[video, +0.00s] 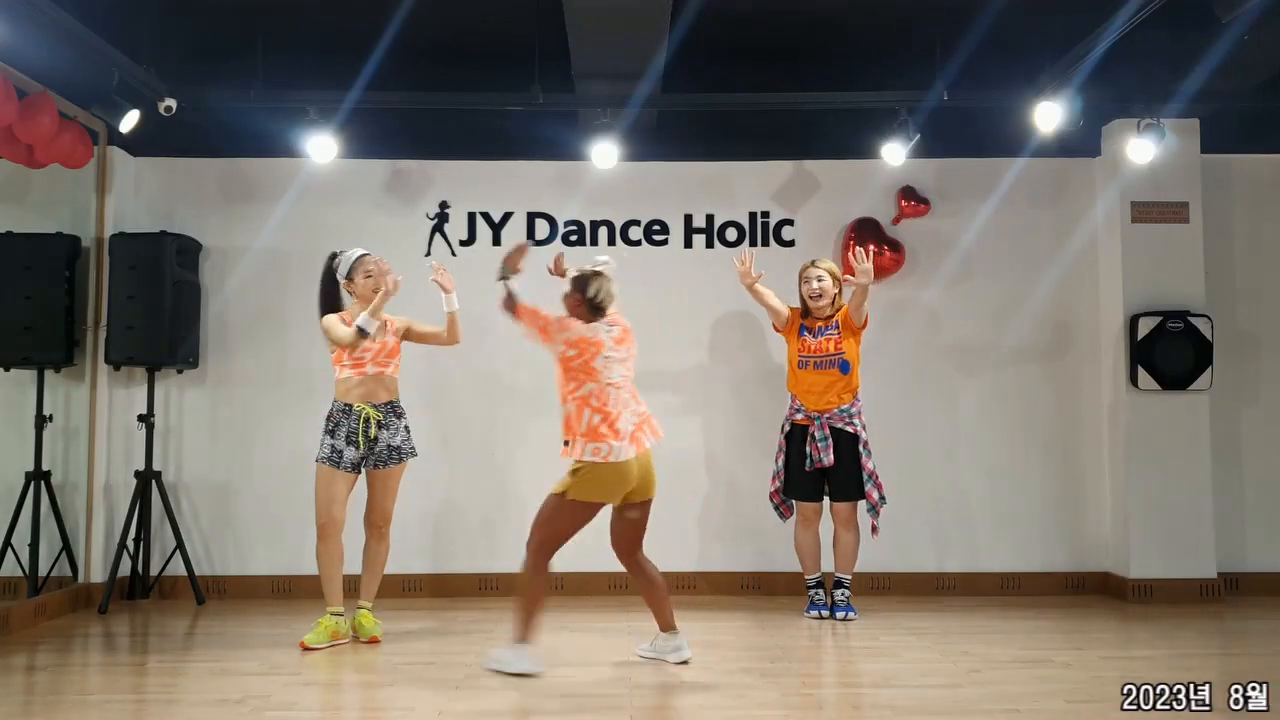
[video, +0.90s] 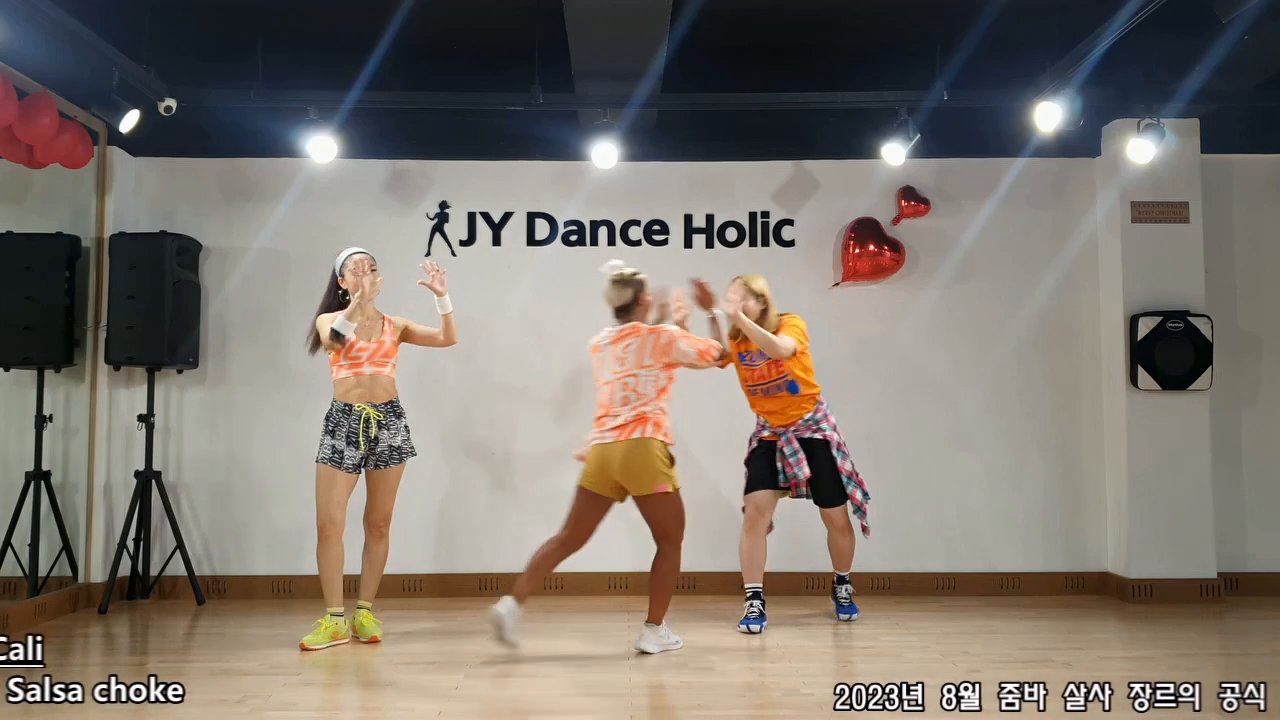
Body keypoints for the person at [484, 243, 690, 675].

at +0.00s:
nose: (566, 299)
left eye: (571, 295)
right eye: (568, 293)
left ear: (581, 302)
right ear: (604, 302)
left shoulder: (568, 334)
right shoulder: (622, 332)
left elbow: (512, 306)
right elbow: (601, 299)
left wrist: (507, 272)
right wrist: (569, 275)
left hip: (599, 467)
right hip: (640, 464)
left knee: (539, 548)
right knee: (630, 552)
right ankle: (672, 637)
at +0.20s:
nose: (511, 305)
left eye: (513, 301)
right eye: (511, 300)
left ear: (521, 306)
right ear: (550, 305)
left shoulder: (516, 344)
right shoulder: (568, 333)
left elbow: (457, 323)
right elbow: (526, 313)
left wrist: (443, 286)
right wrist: (492, 286)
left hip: (569, 460)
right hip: (615, 449)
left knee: (521, 552)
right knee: (635, 544)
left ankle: (497, 643)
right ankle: (670, 636)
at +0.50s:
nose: (554, 296)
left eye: (545, 291)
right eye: (553, 291)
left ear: (516, 297)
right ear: (550, 296)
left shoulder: (501, 333)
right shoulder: (569, 327)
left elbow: (448, 339)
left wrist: (441, 301)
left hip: (551, 440)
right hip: (599, 427)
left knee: (522, 544)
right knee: (643, 517)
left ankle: (500, 639)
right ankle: (678, 592)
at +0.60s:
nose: (570, 295)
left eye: (564, 291)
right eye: (569, 291)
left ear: (533, 298)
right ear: (567, 294)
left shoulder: (513, 337)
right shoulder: (593, 332)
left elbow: (474, 375)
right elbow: (620, 383)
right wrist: (578, 379)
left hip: (547, 438)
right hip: (596, 428)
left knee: (521, 542)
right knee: (641, 520)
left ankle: (498, 638)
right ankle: (665, 612)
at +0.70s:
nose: (598, 297)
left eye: (593, 291)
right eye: (595, 292)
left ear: (560, 301)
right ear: (590, 298)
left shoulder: (535, 344)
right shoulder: (610, 334)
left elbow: (526, 395)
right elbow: (670, 365)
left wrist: (526, 442)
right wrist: (649, 347)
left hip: (557, 443)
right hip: (606, 438)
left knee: (528, 541)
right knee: (638, 532)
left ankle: (496, 634)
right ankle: (651, 628)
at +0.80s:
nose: (627, 300)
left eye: (625, 295)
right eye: (625, 295)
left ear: (588, 304)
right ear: (619, 300)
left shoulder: (569, 347)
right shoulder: (639, 336)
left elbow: (580, 391)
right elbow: (701, 351)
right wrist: (687, 323)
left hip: (580, 450)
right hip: (626, 447)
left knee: (545, 540)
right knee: (656, 541)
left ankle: (498, 614)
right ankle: (653, 630)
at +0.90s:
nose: (651, 299)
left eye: (649, 294)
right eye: (649, 294)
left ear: (612, 304)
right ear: (643, 300)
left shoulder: (598, 344)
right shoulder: (661, 336)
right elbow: (720, 355)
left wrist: (670, 323)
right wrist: (711, 311)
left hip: (602, 450)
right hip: (644, 449)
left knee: (570, 536)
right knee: (670, 540)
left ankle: (511, 603)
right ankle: (654, 630)